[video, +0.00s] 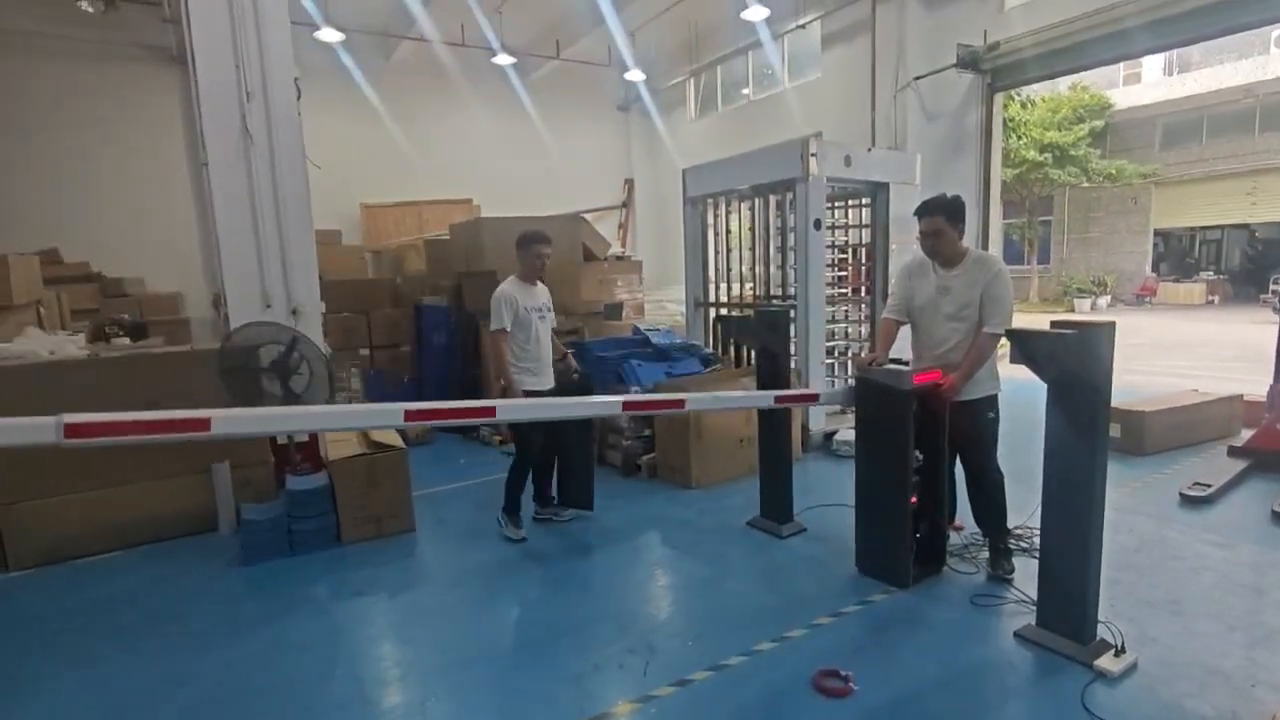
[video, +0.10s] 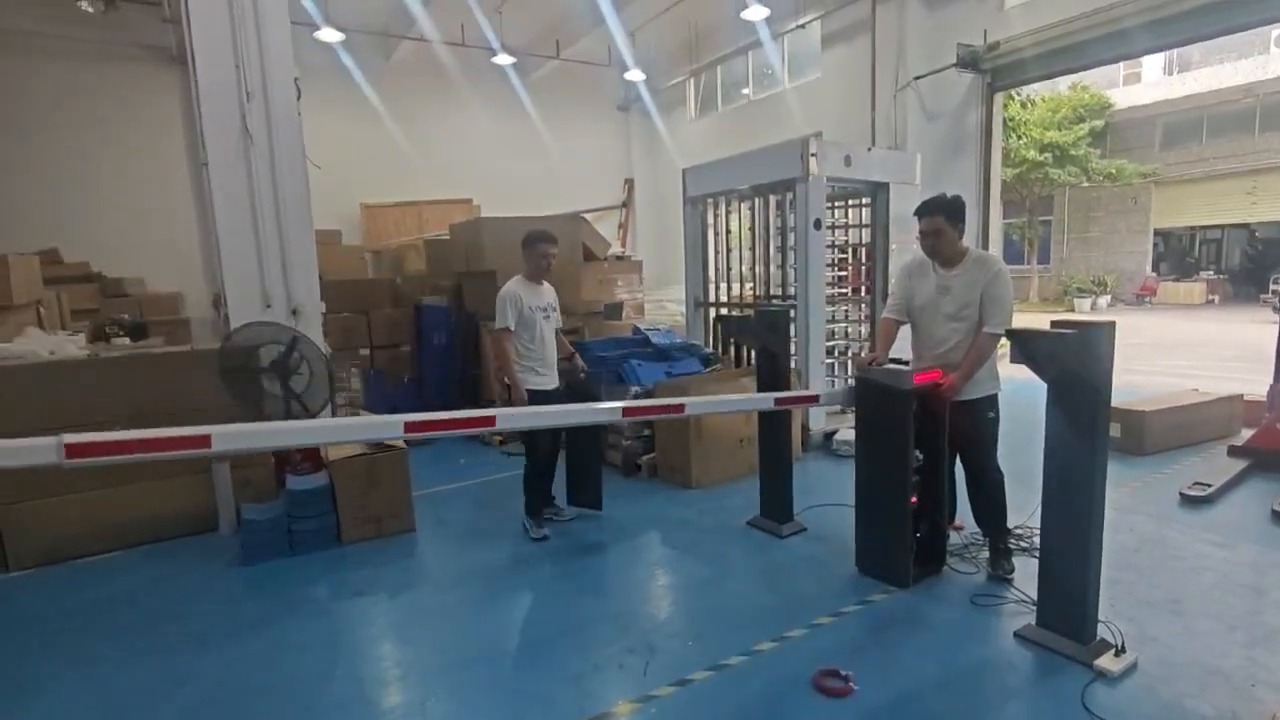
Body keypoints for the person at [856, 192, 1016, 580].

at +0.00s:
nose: (923, 243)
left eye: (931, 235)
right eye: (920, 235)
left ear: (958, 232)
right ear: (919, 232)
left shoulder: (990, 270)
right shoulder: (912, 270)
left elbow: (991, 332)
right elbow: (891, 316)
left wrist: (961, 375)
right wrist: (879, 353)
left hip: (976, 392)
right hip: (928, 392)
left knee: (983, 472)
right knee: (933, 473)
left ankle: (998, 544)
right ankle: (930, 552)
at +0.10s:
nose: (924, 243)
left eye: (932, 235)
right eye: (921, 235)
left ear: (958, 231)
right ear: (919, 232)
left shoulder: (990, 270)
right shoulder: (913, 269)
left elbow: (991, 332)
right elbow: (891, 316)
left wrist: (960, 375)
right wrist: (879, 353)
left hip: (975, 392)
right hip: (927, 392)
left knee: (983, 472)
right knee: (932, 474)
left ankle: (998, 545)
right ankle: (930, 552)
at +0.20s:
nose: (924, 242)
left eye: (931, 235)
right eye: (920, 235)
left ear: (958, 231)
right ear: (919, 232)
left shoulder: (990, 269)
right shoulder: (913, 269)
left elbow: (992, 332)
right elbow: (892, 315)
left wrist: (961, 375)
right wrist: (880, 352)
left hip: (976, 391)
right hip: (928, 392)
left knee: (982, 471)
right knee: (933, 474)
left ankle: (998, 543)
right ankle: (930, 551)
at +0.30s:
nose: (922, 241)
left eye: (930, 234)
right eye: (919, 234)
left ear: (957, 230)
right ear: (920, 231)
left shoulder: (990, 269)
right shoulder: (913, 268)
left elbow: (992, 330)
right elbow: (892, 314)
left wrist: (961, 375)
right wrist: (880, 351)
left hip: (976, 391)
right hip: (928, 391)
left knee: (983, 472)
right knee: (933, 472)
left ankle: (998, 544)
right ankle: (931, 548)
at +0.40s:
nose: (920, 241)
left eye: (927, 234)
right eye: (918, 234)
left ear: (956, 231)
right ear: (921, 231)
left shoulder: (990, 269)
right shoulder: (913, 268)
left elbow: (992, 331)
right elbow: (892, 314)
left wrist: (961, 375)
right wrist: (880, 351)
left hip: (976, 392)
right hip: (928, 392)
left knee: (983, 472)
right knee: (933, 474)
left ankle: (998, 545)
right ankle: (931, 550)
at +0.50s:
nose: (919, 240)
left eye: (926, 234)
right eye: (917, 233)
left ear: (956, 231)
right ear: (921, 231)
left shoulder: (990, 269)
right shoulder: (912, 268)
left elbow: (992, 331)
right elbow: (892, 314)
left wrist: (961, 375)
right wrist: (880, 351)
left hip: (976, 391)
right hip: (928, 392)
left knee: (982, 471)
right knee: (933, 472)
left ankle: (998, 544)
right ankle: (931, 548)